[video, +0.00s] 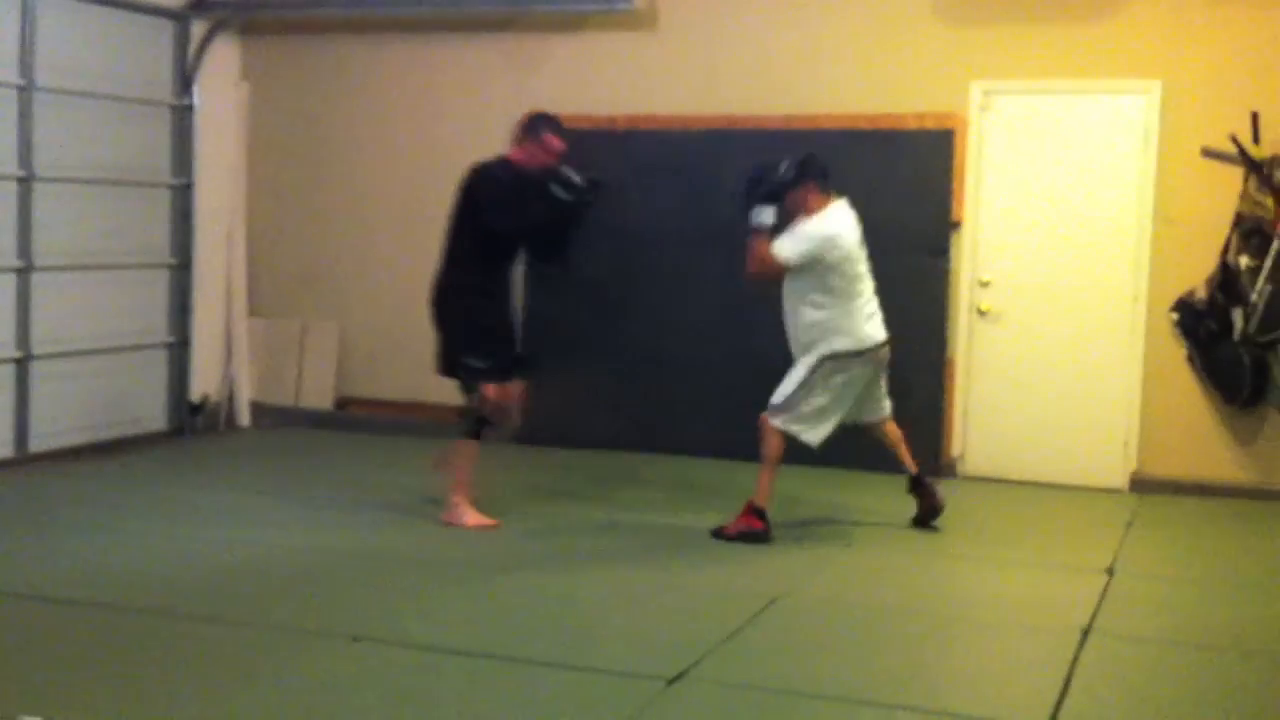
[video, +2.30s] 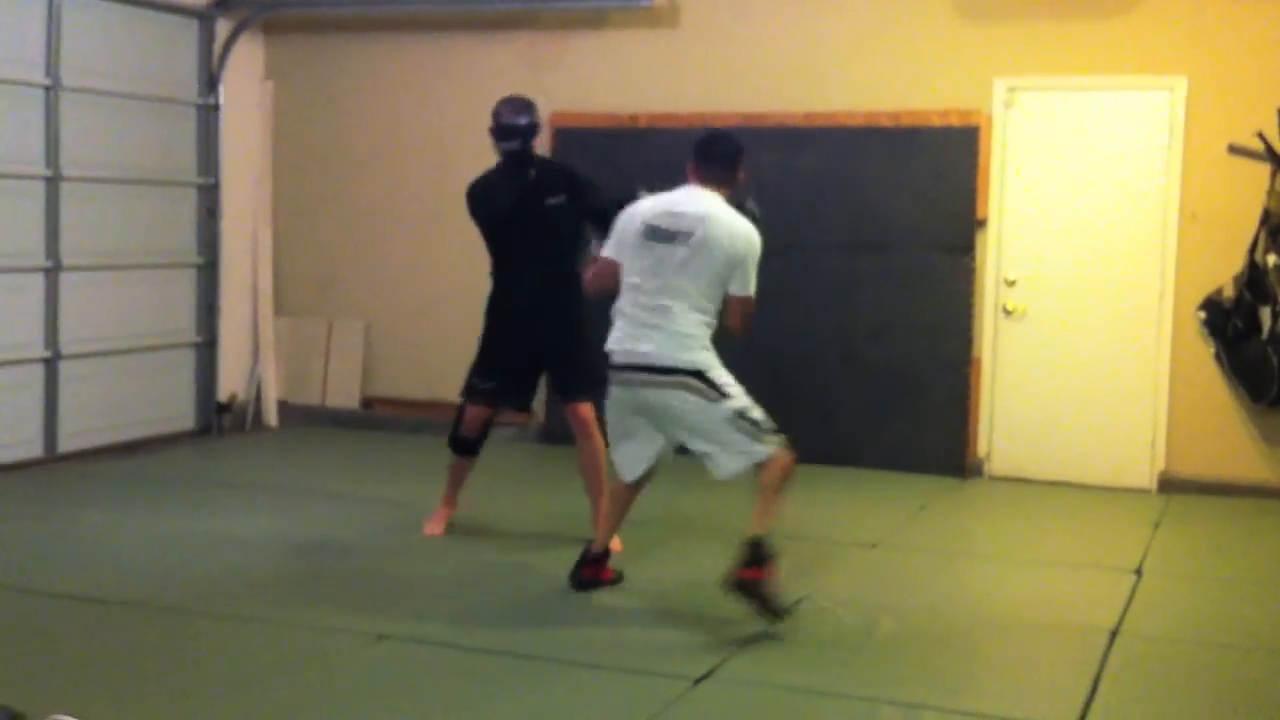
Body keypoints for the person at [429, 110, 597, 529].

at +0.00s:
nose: (550, 164)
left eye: (555, 156)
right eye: (546, 153)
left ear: (551, 155)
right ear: (524, 144)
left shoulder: (532, 185)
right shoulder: (490, 177)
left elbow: (546, 249)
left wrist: (571, 202)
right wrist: (558, 196)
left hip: (496, 303)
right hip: (463, 301)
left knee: (507, 400)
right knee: (485, 398)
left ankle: (451, 458)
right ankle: (458, 500)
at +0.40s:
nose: (507, 143)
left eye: (508, 134)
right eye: (500, 134)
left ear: (489, 139)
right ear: (474, 136)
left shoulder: (485, 188)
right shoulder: (448, 184)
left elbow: (494, 247)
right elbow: (480, 244)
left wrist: (532, 226)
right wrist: (519, 219)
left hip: (450, 305)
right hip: (430, 305)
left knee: (432, 393)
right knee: (470, 389)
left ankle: (417, 483)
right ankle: (418, 484)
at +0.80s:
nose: (468, 148)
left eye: (471, 139)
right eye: (463, 138)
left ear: (449, 139)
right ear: (437, 134)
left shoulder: (449, 183)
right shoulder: (409, 183)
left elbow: (472, 241)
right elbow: (454, 233)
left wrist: (504, 208)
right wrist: (477, 186)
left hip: (448, 307)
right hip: (413, 309)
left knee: (502, 382)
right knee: (408, 405)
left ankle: (472, 479)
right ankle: (368, 502)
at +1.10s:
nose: (490, 156)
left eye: (494, 147)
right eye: (483, 146)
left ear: (495, 151)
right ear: (461, 144)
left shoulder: (489, 194)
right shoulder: (432, 193)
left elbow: (533, 236)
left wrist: (534, 185)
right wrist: (492, 187)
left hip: (483, 317)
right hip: (439, 319)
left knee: (510, 407)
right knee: (426, 415)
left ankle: (539, 507)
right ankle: (368, 502)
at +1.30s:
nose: (511, 146)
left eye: (518, 140)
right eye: (504, 137)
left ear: (525, 143)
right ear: (485, 135)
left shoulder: (526, 187)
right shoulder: (454, 182)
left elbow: (558, 240)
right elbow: (459, 230)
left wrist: (564, 192)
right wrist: (491, 175)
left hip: (510, 310)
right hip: (463, 309)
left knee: (529, 406)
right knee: (464, 410)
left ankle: (544, 506)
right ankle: (427, 493)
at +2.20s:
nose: (525, 143)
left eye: (533, 135)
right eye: (517, 135)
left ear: (547, 137)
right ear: (502, 136)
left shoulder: (576, 184)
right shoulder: (490, 187)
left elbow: (579, 242)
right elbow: (511, 232)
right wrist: (524, 164)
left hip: (568, 314)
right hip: (515, 314)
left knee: (585, 413)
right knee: (486, 413)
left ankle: (602, 528)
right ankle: (464, 500)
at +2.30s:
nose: (513, 141)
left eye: (518, 133)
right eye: (508, 133)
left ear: (507, 134)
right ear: (515, 134)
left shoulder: (566, 181)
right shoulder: (484, 191)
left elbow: (613, 227)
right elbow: (507, 243)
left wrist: (600, 268)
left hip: (565, 312)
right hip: (511, 314)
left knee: (582, 414)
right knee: (475, 413)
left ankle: (604, 530)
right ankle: (446, 505)